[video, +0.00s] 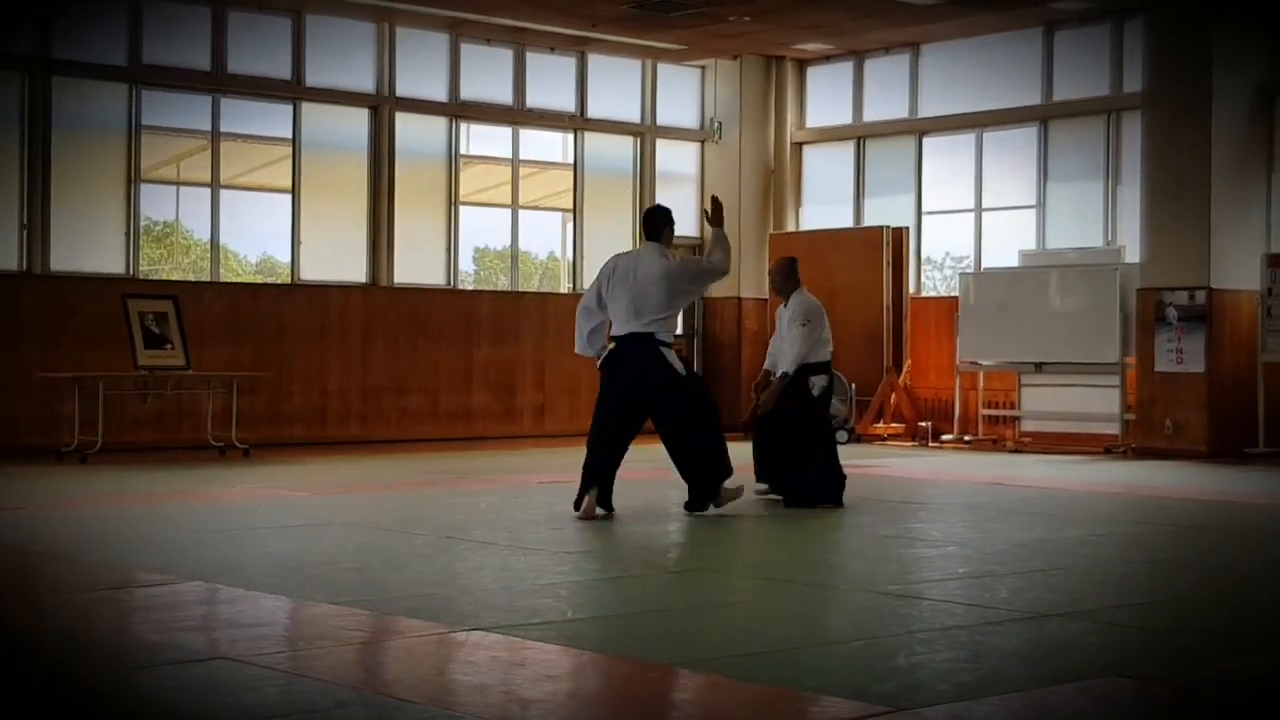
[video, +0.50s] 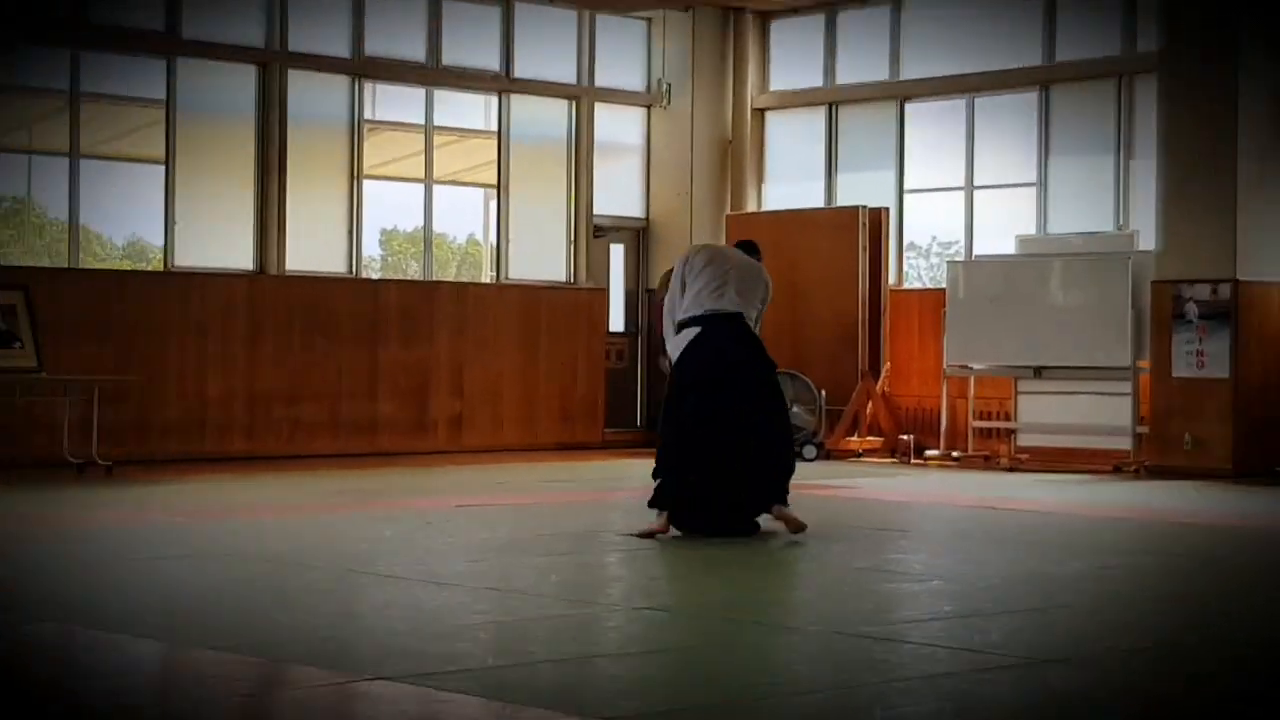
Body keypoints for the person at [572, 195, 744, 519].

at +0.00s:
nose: (672, 235)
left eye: (667, 230)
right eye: (671, 230)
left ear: (642, 232)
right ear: (669, 232)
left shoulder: (616, 264)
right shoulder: (676, 266)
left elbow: (588, 310)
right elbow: (719, 264)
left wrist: (599, 351)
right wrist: (718, 229)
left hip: (620, 356)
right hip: (659, 357)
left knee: (609, 428)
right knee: (693, 420)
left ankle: (593, 493)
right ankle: (710, 490)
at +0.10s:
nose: (698, 242)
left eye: (694, 236)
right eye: (697, 236)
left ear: (666, 237)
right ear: (695, 239)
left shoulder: (639, 267)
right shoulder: (702, 270)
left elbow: (604, 306)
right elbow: (738, 251)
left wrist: (602, 348)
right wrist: (721, 214)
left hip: (638, 362)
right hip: (680, 362)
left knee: (615, 429)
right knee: (719, 423)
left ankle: (589, 491)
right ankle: (753, 491)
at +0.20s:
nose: (707, 241)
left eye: (698, 235)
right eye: (711, 238)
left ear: (687, 240)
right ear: (715, 244)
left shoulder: (660, 270)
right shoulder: (722, 274)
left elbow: (629, 300)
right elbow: (752, 266)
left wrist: (609, 338)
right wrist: (747, 233)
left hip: (659, 359)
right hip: (699, 359)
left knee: (634, 421)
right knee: (730, 421)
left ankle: (607, 477)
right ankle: (741, 494)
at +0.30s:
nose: (706, 247)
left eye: (699, 240)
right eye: (714, 243)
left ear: (691, 243)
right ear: (718, 245)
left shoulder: (667, 270)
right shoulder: (727, 277)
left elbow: (644, 312)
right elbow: (752, 301)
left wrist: (634, 352)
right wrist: (774, 293)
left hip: (674, 353)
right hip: (712, 352)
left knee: (655, 418)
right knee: (728, 420)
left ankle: (659, 481)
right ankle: (729, 494)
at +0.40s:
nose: (722, 255)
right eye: (725, 250)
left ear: (696, 248)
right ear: (725, 250)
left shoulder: (671, 273)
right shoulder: (737, 277)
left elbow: (661, 324)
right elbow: (746, 325)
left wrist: (670, 354)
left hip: (684, 349)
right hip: (727, 351)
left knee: (672, 421)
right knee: (742, 420)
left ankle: (678, 496)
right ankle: (740, 496)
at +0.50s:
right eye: (757, 263)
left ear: (732, 249)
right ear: (756, 259)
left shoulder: (695, 254)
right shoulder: (761, 274)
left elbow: (671, 306)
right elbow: (754, 323)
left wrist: (674, 350)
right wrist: (746, 349)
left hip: (697, 343)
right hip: (745, 346)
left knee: (678, 430)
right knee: (773, 425)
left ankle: (664, 513)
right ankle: (777, 501)